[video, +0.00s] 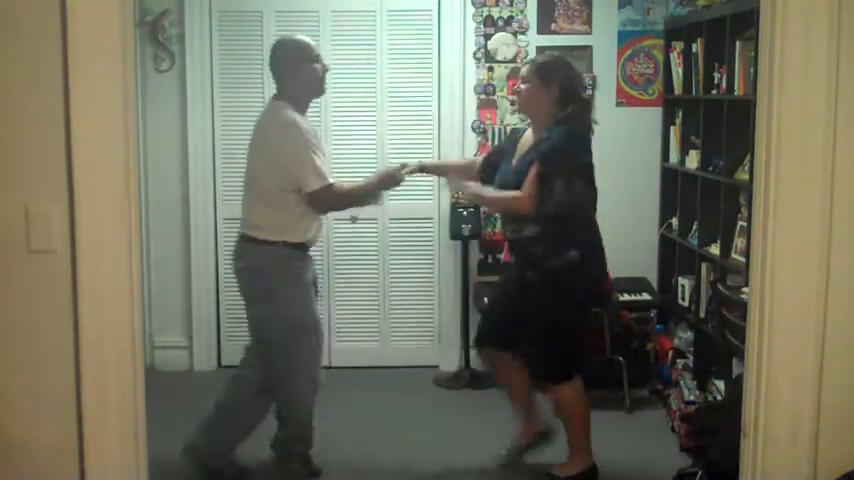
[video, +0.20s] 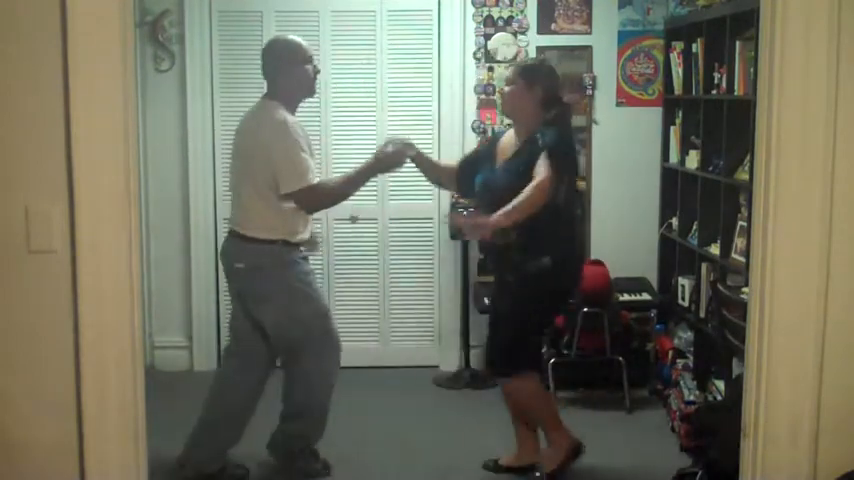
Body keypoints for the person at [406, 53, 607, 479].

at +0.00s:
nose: (517, 88)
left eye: (526, 82)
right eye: (520, 81)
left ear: (553, 91)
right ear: (540, 93)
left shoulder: (562, 140)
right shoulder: (524, 136)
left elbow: (528, 203)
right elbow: (482, 170)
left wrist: (477, 195)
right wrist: (427, 167)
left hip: (563, 267)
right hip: (528, 265)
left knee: (560, 365)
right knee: (495, 344)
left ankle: (581, 459)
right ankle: (533, 425)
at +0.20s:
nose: (503, 90)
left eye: (512, 85)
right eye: (506, 84)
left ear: (536, 93)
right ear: (525, 94)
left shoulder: (552, 137)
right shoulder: (499, 141)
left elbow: (544, 188)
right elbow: (456, 179)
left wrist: (495, 220)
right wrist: (416, 155)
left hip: (547, 262)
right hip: (513, 262)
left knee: (507, 356)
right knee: (511, 356)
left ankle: (561, 440)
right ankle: (526, 451)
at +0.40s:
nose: (480, 94)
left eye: (489, 88)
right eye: (481, 87)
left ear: (517, 98)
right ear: (497, 99)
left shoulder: (533, 137)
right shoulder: (476, 148)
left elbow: (552, 148)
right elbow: (427, 164)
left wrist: (566, 156)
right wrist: (391, 124)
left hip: (525, 270)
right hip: (489, 270)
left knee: (472, 364)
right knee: (499, 362)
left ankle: (452, 469)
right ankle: (527, 451)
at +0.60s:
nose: (468, 101)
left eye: (475, 95)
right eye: (471, 94)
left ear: (494, 104)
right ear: (498, 105)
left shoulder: (497, 141)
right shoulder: (484, 139)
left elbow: (482, 181)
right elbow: (452, 125)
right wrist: (433, 89)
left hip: (497, 266)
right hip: (511, 263)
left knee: (451, 364)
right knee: (482, 355)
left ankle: (449, 469)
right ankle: (513, 448)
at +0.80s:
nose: (512, 93)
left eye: (501, 88)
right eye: (509, 88)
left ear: (467, 98)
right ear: (509, 97)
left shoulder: (450, 141)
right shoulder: (526, 137)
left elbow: (407, 178)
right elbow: (560, 76)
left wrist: (446, 216)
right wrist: (516, 38)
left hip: (453, 262)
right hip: (511, 265)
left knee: (444, 346)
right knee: (509, 360)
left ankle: (424, 433)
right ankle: (461, 445)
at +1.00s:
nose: (510, 92)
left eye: (514, 83)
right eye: (500, 83)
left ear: (519, 90)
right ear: (480, 89)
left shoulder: (519, 139)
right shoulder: (469, 126)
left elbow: (535, 185)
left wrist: (566, 205)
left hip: (506, 262)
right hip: (460, 258)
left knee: (522, 354)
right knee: (480, 357)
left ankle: (466, 389)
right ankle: (471, 441)